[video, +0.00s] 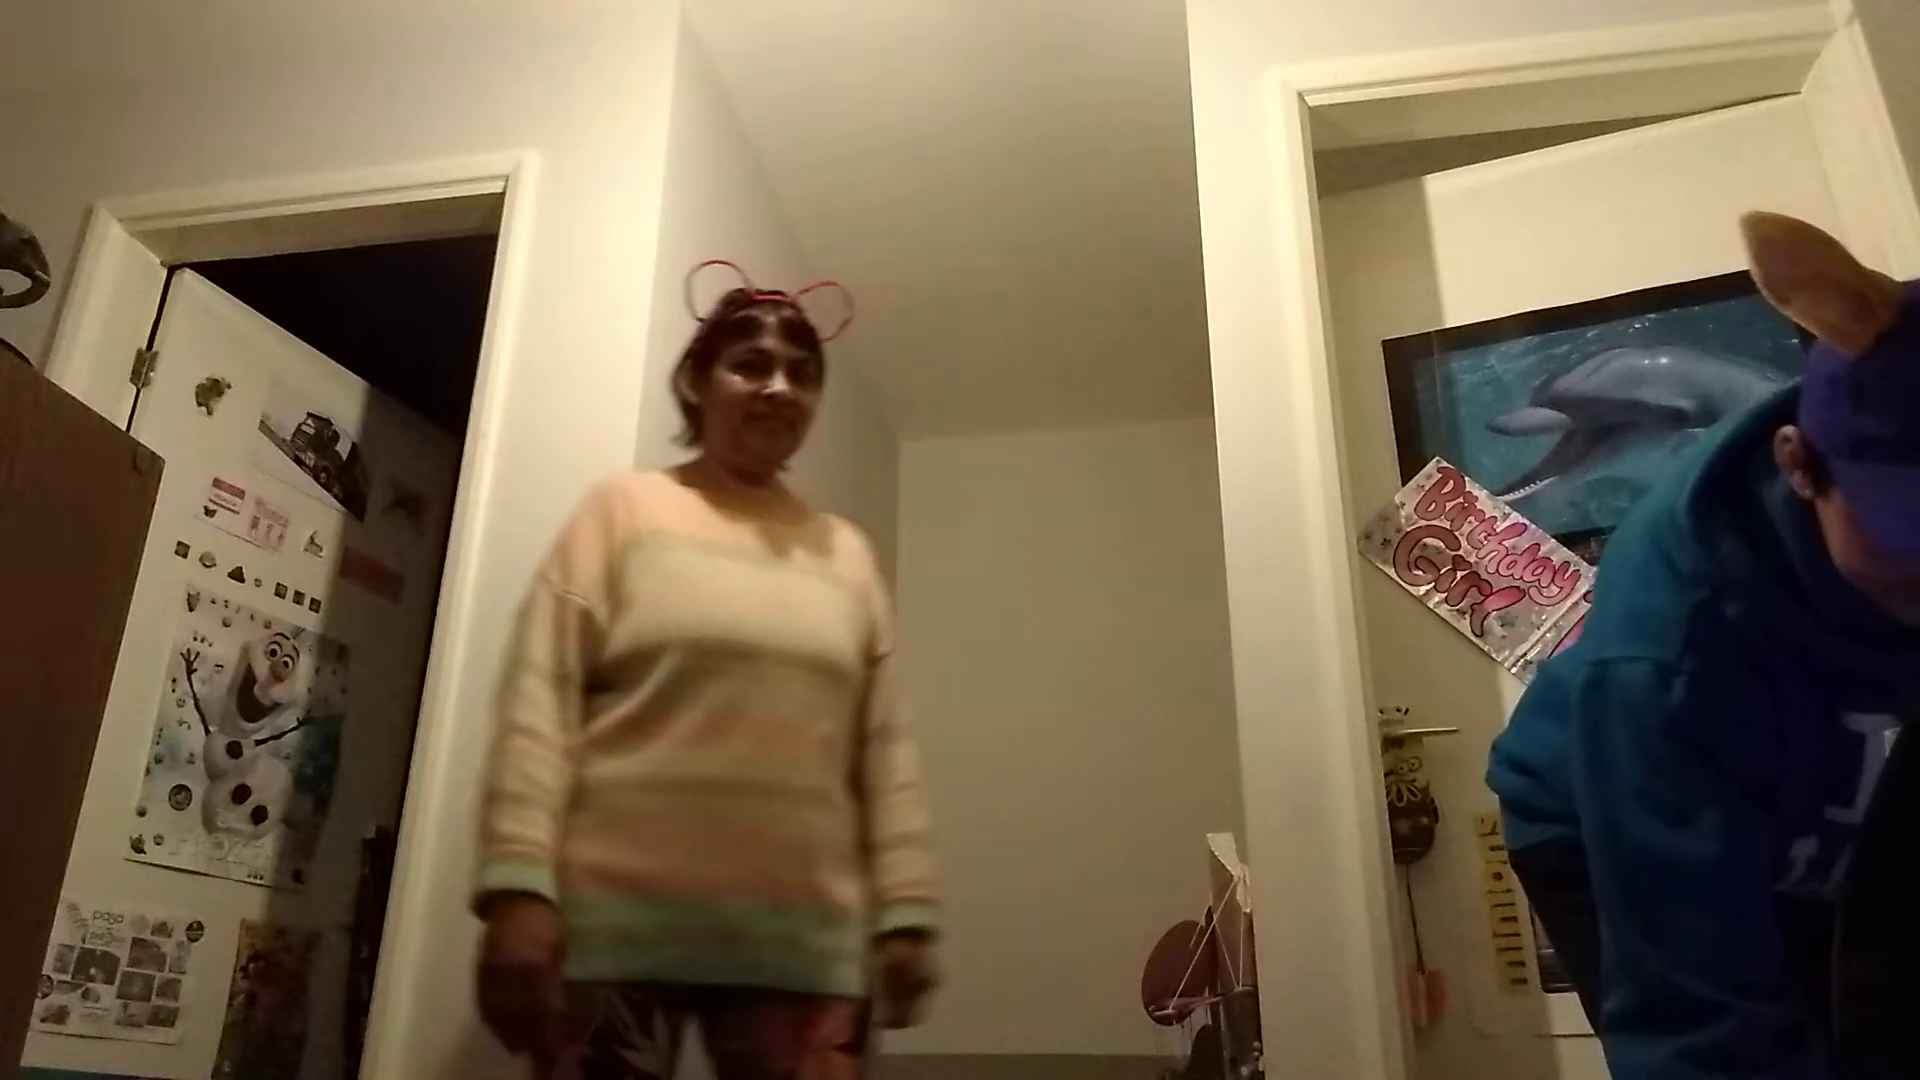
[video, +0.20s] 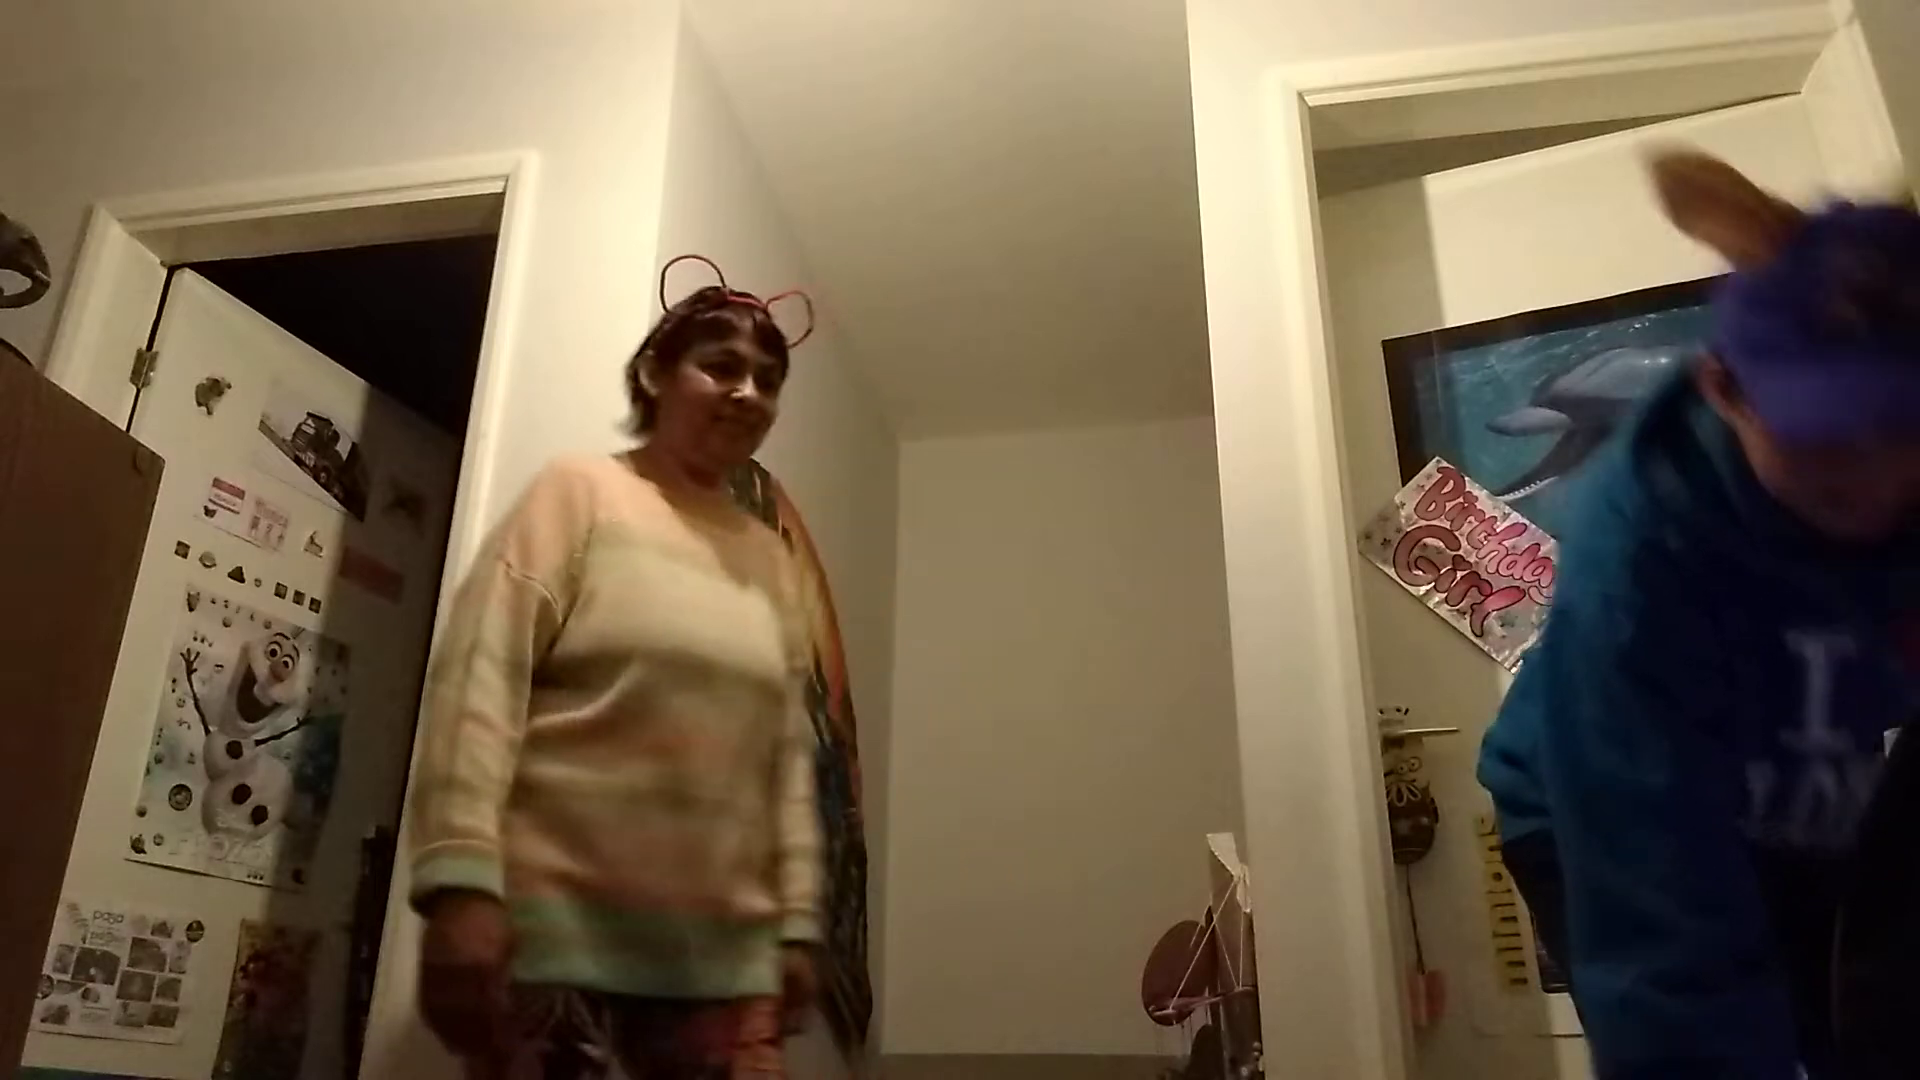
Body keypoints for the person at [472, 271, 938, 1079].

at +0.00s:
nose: (778, 389)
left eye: (800, 373)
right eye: (750, 366)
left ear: (817, 399)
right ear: (696, 383)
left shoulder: (846, 553)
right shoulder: (621, 512)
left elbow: (885, 747)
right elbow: (537, 704)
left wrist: (906, 918)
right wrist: (518, 891)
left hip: (800, 947)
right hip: (612, 937)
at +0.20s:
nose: (746, 391)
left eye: (766, 380)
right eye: (721, 366)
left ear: (776, 410)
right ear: (656, 372)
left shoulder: (774, 557)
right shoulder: (578, 494)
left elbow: (793, 754)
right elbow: (477, 684)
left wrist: (797, 929)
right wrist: (461, 889)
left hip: (722, 960)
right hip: (551, 951)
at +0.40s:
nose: (737, 402)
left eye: (750, 391)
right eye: (715, 371)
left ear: (755, 411)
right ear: (638, 365)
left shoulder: (700, 541)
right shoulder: (562, 481)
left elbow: (695, 762)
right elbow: (473, 685)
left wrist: (708, 934)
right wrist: (469, 898)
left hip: (652, 962)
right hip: (522, 949)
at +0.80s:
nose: (695, 459)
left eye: (705, 446)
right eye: (679, 427)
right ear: (603, 412)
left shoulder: (608, 570)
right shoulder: (516, 510)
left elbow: (600, 777)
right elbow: (417, 709)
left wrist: (618, 935)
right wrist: (401, 917)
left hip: (517, 959)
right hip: (429, 941)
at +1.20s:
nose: (618, 466)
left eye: (628, 455)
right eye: (603, 437)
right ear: (528, 421)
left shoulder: (553, 599)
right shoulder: (433, 510)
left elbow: (531, 784)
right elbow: (331, 691)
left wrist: (543, 938)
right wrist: (356, 892)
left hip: (410, 950)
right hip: (299, 918)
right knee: (283, 1070)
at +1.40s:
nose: (570, 460)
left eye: (582, 448)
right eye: (557, 430)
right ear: (482, 412)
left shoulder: (502, 590)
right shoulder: (382, 502)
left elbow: (489, 776)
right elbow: (264, 675)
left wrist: (541, 902)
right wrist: (383, 850)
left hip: (357, 964)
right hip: (231, 937)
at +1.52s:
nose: (540, 445)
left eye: (550, 431)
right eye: (523, 416)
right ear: (446, 400)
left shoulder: (468, 573)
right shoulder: (346, 490)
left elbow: (449, 735)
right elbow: (225, 656)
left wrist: (506, 819)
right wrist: (410, 754)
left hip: (334, 953)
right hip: (200, 924)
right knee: (168, 1068)